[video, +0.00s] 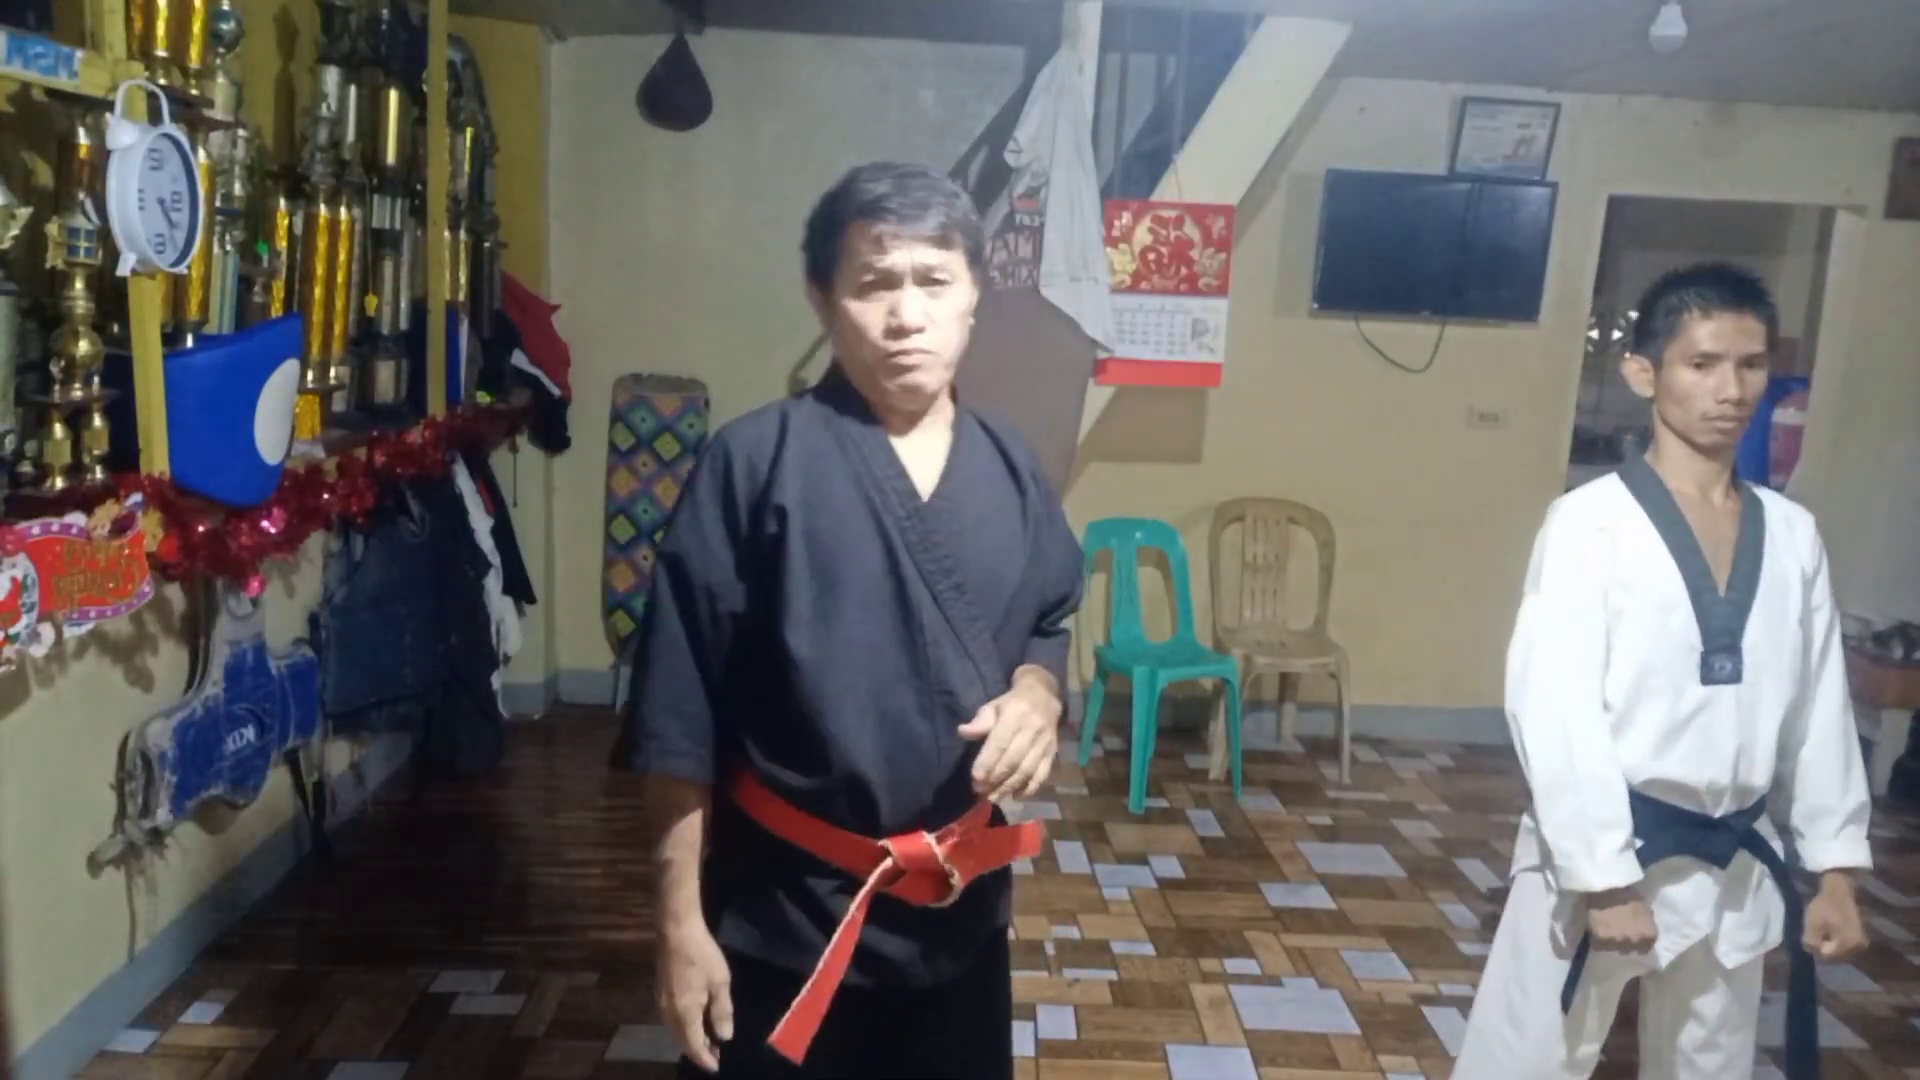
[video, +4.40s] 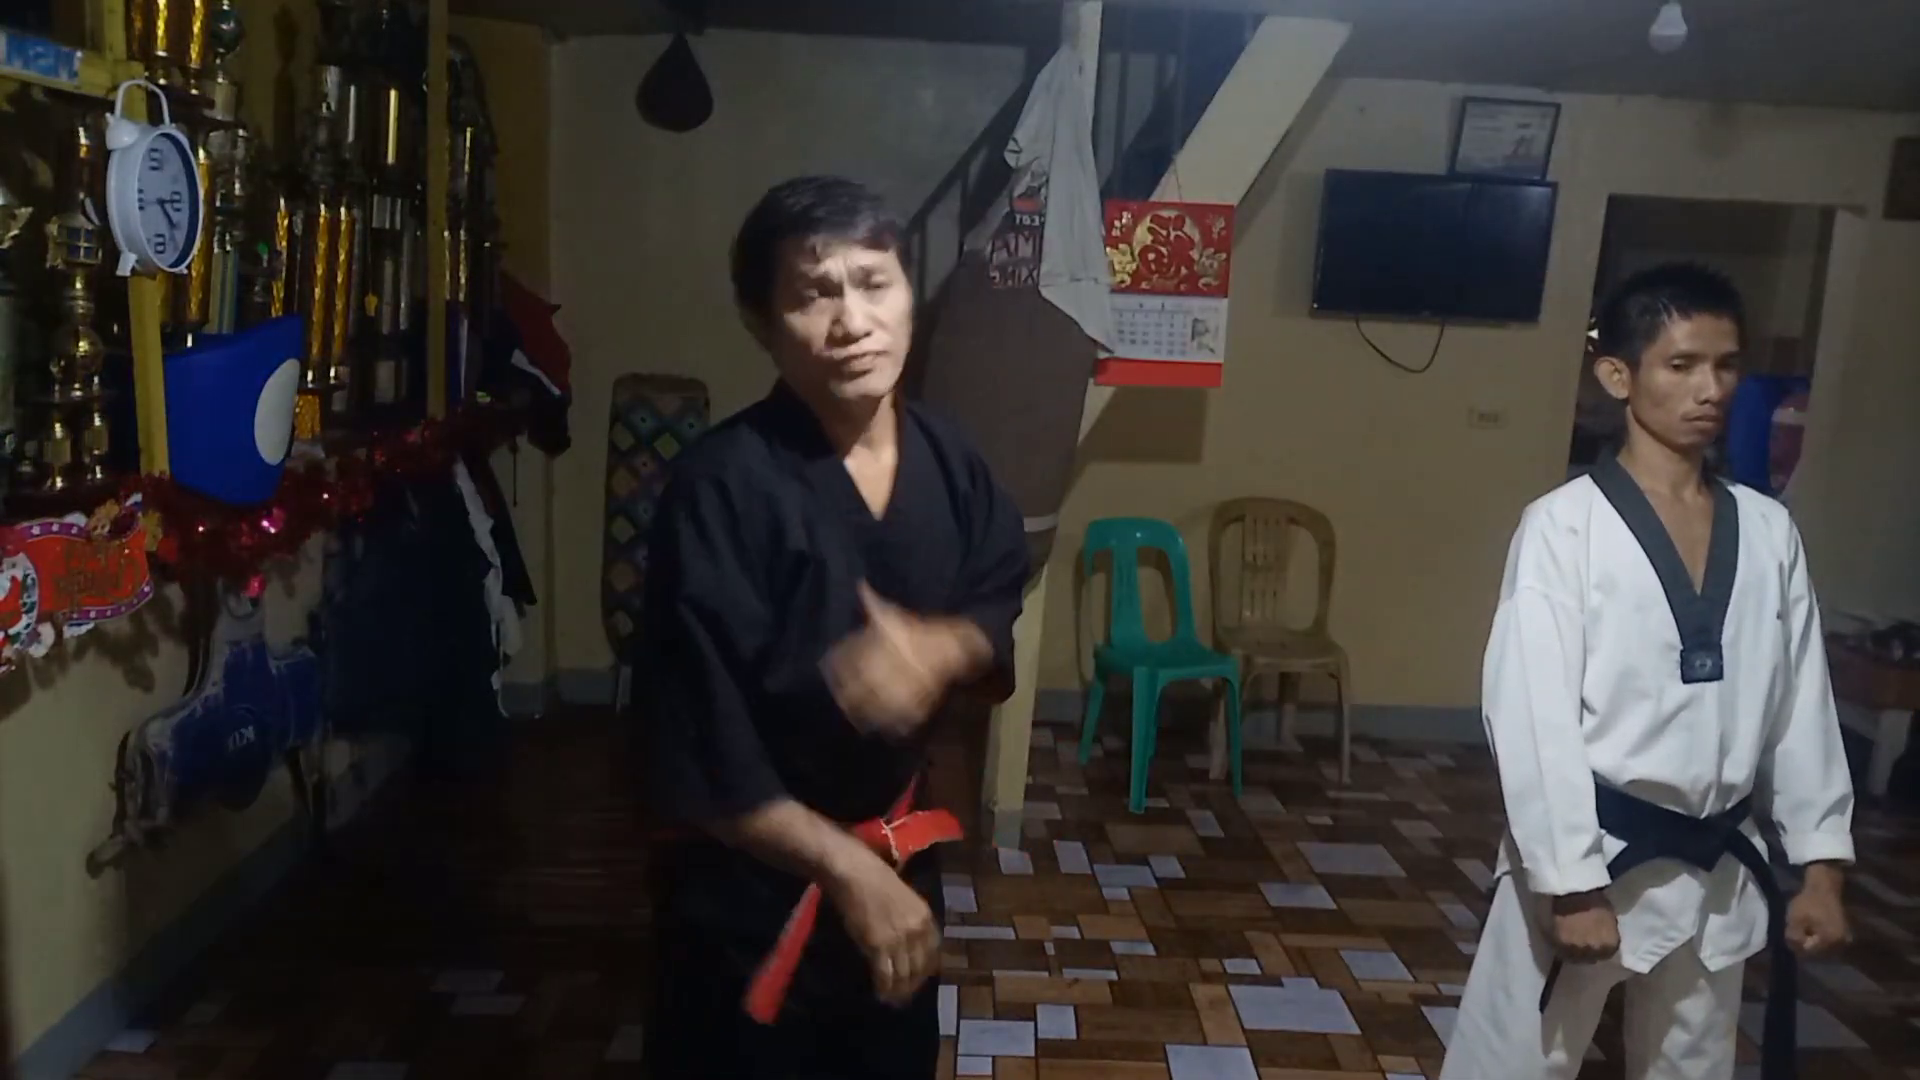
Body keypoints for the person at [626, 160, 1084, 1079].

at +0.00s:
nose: (907, 313)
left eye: (934, 282)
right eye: (876, 284)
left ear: (976, 296)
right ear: (824, 303)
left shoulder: (1005, 463)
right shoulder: (752, 464)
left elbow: (1048, 622)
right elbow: (677, 699)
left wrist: (1040, 694)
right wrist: (679, 919)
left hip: (961, 915)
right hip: (790, 918)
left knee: (962, 1067)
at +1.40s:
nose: (884, 304)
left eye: (910, 273)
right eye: (851, 277)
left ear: (952, 292)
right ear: (803, 306)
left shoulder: (1000, 471)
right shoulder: (736, 461)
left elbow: (1033, 652)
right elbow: (659, 687)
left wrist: (1012, 802)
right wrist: (793, 836)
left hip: (951, 927)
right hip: (770, 925)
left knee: (947, 1071)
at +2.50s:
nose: (897, 321)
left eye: (921, 286)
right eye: (862, 294)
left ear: (961, 296)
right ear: (816, 314)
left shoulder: (1010, 465)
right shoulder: (751, 464)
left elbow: (1077, 627)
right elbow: (679, 692)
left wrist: (1040, 662)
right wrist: (786, 853)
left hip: (956, 908)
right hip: (780, 907)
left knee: (956, 1071)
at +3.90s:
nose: (947, 304)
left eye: (970, 274)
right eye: (910, 285)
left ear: (1013, 300)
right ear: (869, 323)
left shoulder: (1024, 469)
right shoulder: (803, 440)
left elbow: (1071, 628)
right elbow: (679, 617)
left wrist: (1043, 655)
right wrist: (803, 711)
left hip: (965, 875)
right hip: (814, 873)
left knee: (959, 1065)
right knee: (795, 1066)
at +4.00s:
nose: (972, 313)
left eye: (996, 282)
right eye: (937, 287)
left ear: (1032, 304)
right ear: (890, 314)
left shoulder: (1027, 469)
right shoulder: (818, 431)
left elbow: (1069, 635)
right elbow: (671, 593)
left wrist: (1045, 652)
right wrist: (798, 618)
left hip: (958, 852)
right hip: (815, 844)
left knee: (944, 1063)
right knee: (789, 1063)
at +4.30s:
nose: (905, 303)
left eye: (930, 272)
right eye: (869, 279)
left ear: (969, 293)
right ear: (825, 309)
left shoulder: (973, 456)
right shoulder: (770, 449)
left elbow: (1019, 630)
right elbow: (631, 641)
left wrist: (992, 651)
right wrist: (807, 679)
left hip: (916, 862)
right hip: (775, 859)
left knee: (897, 1063)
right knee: (752, 1065)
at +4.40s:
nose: (852, 320)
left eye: (874, 284)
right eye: (812, 296)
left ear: (910, 296)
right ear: (764, 326)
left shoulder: (949, 460)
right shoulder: (719, 488)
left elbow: (1000, 614)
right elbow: (696, 748)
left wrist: (938, 648)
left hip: (892, 861)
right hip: (743, 868)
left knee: (893, 1062)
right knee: (744, 1065)